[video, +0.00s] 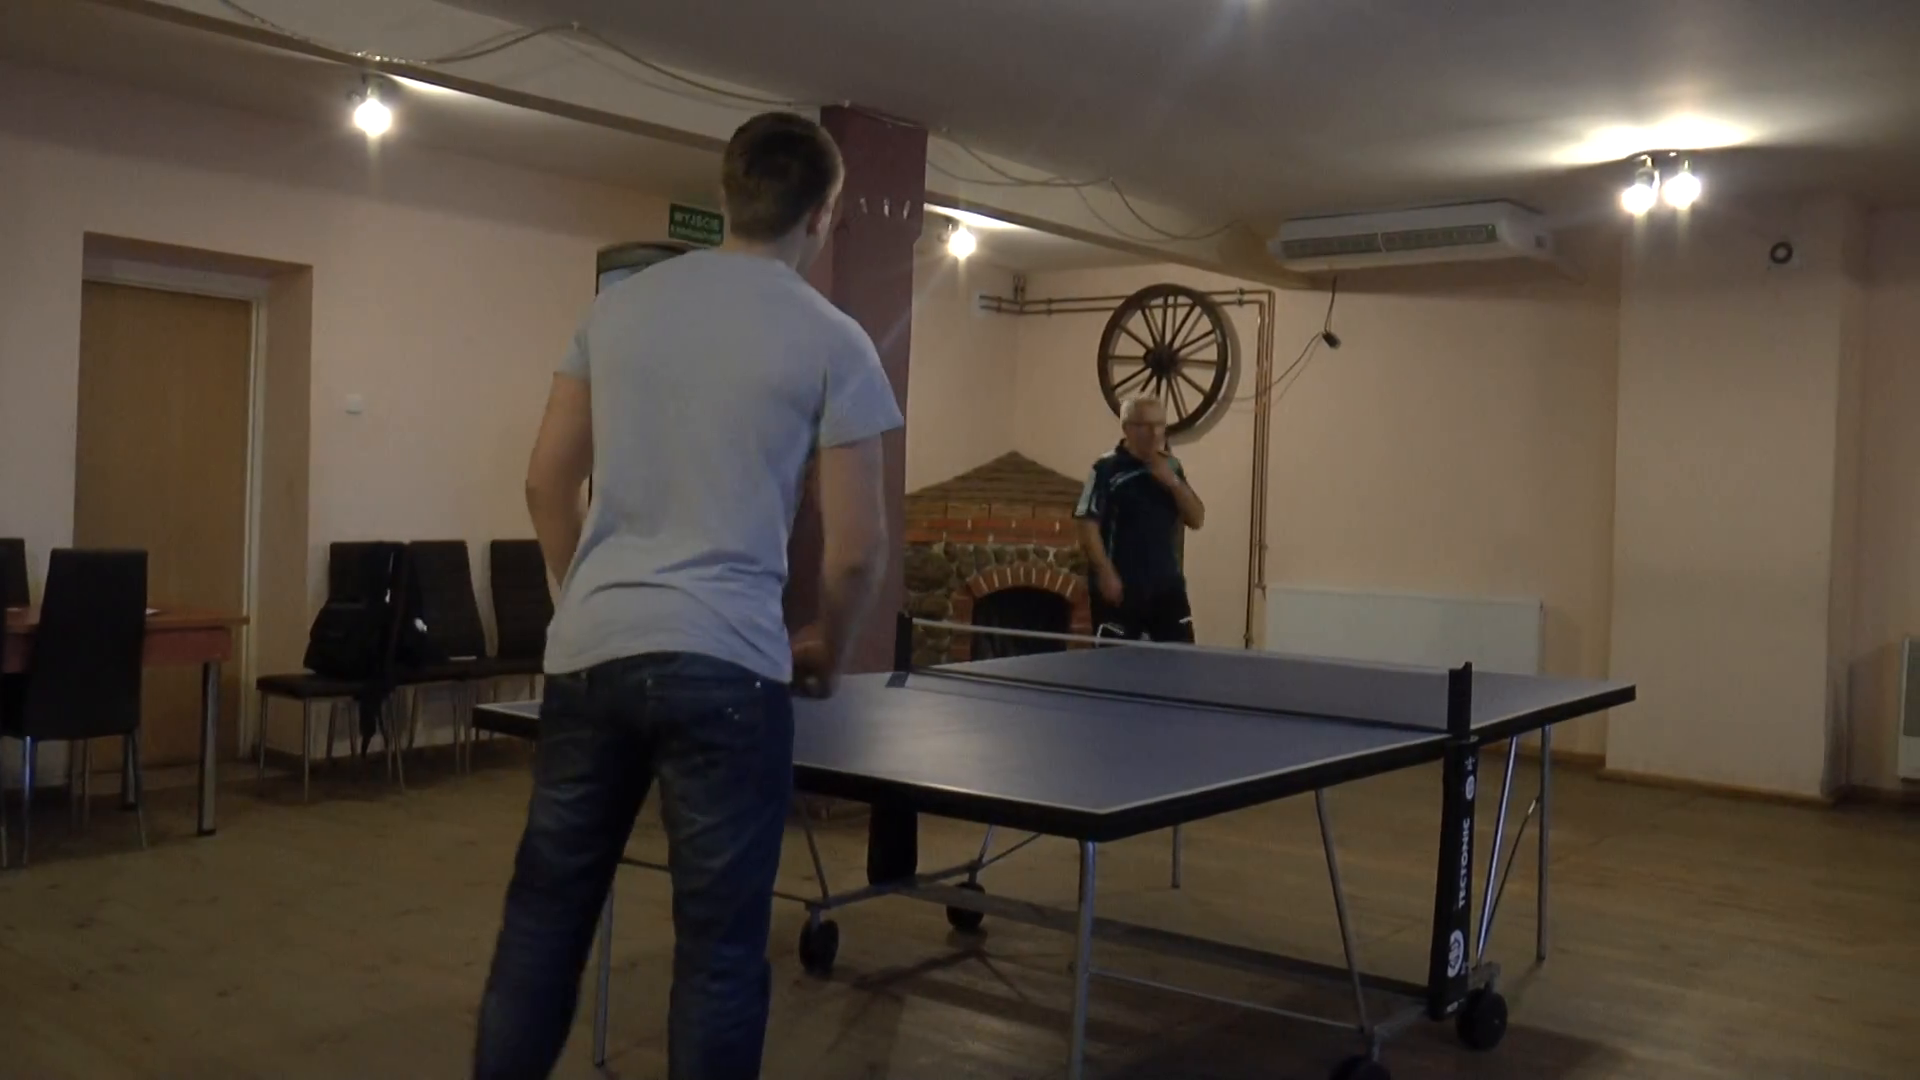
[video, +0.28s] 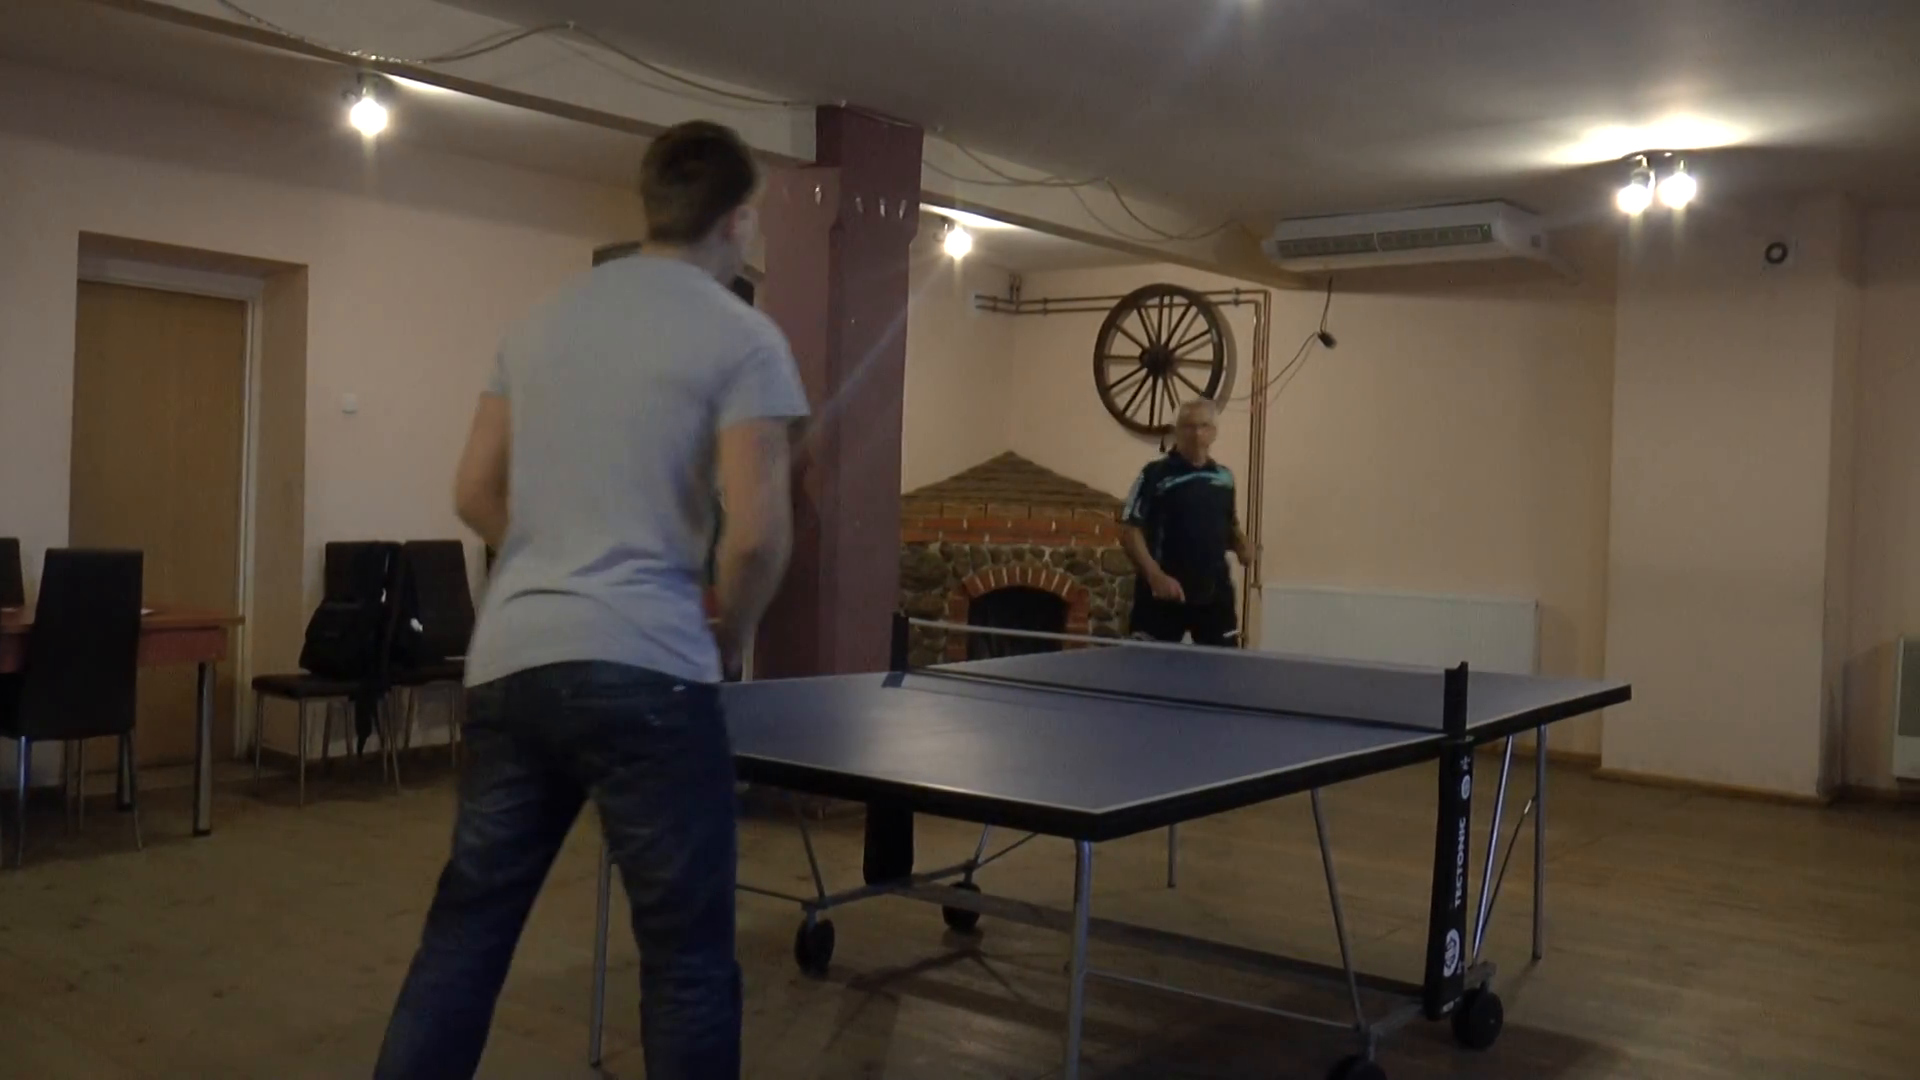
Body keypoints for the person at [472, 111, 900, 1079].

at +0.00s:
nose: (835, 228)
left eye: (838, 213)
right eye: (837, 213)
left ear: (725, 203)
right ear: (822, 215)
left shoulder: (618, 304)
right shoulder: (832, 339)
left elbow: (550, 476)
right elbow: (853, 552)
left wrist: (581, 598)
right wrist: (827, 642)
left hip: (589, 647)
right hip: (727, 656)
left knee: (547, 908)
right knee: (721, 940)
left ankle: (504, 1067)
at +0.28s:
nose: (755, 229)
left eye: (754, 212)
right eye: (754, 213)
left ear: (647, 209)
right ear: (734, 219)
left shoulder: (540, 320)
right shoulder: (740, 334)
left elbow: (477, 491)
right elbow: (754, 534)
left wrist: (551, 573)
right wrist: (724, 633)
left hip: (511, 660)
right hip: (646, 665)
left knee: (466, 927)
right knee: (687, 955)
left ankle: (406, 1072)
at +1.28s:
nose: (669, 213)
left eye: (670, 197)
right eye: (669, 196)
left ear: (560, 192)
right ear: (645, 199)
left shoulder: (465, 310)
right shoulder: (651, 325)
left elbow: (404, 479)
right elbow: (666, 536)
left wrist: (498, 536)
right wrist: (674, 626)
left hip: (456, 656)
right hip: (587, 662)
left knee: (427, 932)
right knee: (629, 947)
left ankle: (384, 1076)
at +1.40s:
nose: (708, 214)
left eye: (711, 198)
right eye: (708, 197)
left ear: (598, 190)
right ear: (685, 199)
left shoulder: (503, 305)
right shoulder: (686, 327)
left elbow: (441, 472)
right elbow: (700, 538)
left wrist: (532, 534)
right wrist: (709, 623)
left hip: (486, 653)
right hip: (617, 661)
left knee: (446, 925)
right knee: (643, 947)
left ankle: (395, 1074)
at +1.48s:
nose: (735, 215)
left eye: (737, 198)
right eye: (734, 197)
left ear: (623, 191)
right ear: (707, 200)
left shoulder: (522, 306)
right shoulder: (707, 328)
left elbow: (459, 470)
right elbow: (725, 538)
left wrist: (556, 531)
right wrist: (724, 629)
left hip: (504, 650)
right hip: (633, 659)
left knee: (458, 922)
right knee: (650, 945)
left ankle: (402, 1073)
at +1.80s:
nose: (764, 218)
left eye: (768, 201)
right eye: (765, 199)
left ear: (653, 192)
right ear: (740, 200)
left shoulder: (546, 307)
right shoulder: (740, 331)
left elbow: (487, 471)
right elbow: (765, 540)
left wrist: (577, 533)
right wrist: (758, 623)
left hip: (535, 651)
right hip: (664, 657)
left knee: (496, 919)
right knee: (658, 945)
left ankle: (446, 1072)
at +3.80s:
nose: (715, 234)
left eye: (716, 218)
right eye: (715, 216)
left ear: (609, 206)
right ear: (694, 213)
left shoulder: (503, 308)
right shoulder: (711, 328)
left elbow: (436, 475)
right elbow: (740, 517)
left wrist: (526, 545)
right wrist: (699, 618)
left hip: (490, 650)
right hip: (631, 653)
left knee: (456, 915)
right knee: (642, 931)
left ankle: (428, 1072)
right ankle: (641, 1073)